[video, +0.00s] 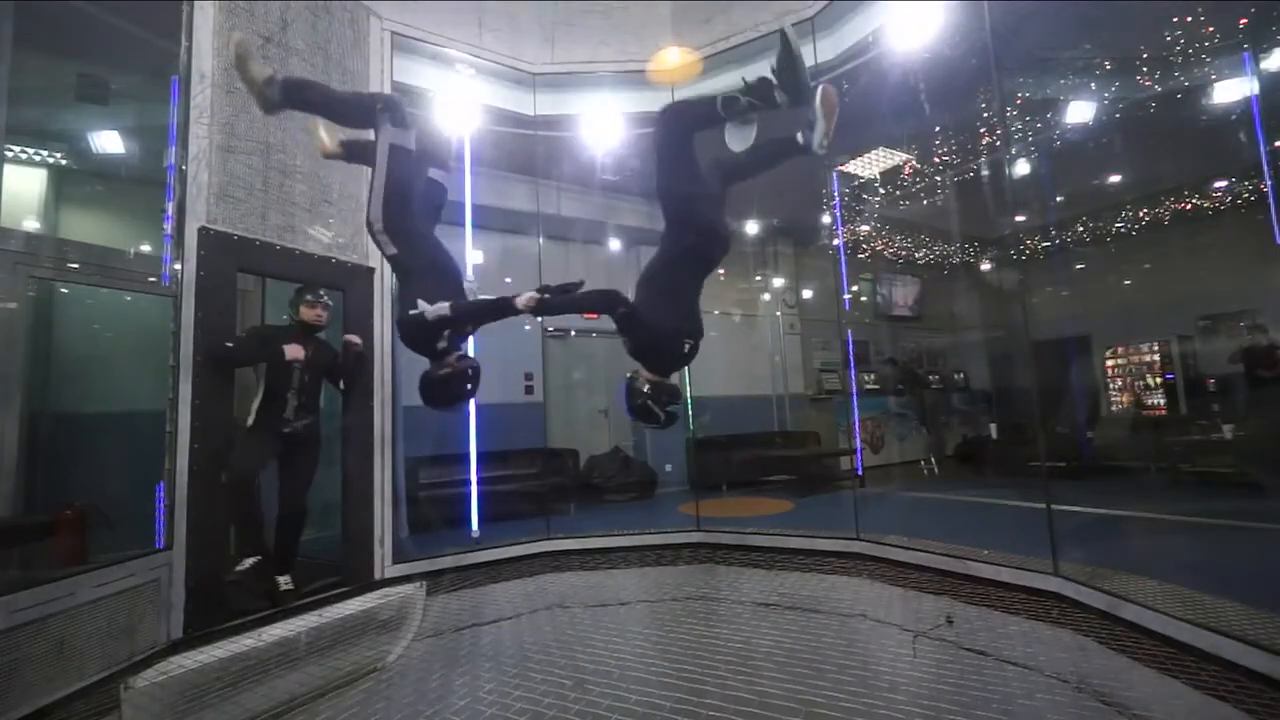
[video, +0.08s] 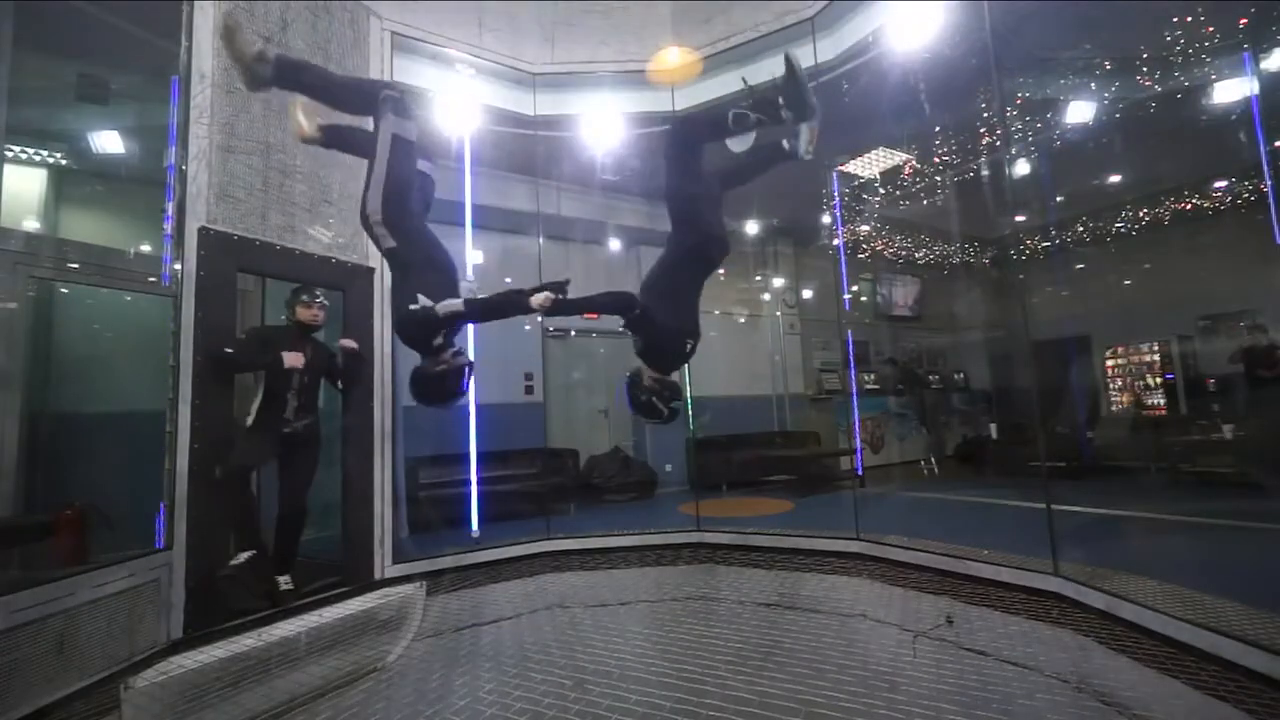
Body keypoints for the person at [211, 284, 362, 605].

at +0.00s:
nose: (319, 312)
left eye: (324, 308)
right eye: (312, 306)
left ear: (329, 314)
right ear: (296, 308)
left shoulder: (325, 351)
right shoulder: (268, 335)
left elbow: (348, 386)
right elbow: (229, 352)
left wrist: (354, 355)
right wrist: (278, 351)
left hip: (303, 436)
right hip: (265, 431)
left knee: (294, 502)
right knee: (240, 478)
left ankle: (283, 571)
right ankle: (252, 552)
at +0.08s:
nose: (317, 312)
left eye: (321, 308)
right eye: (309, 306)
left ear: (325, 313)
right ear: (293, 309)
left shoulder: (322, 352)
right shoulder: (267, 336)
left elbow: (345, 384)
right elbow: (236, 358)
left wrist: (351, 357)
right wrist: (278, 359)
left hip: (302, 435)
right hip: (266, 431)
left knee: (294, 503)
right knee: (233, 474)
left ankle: (283, 572)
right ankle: (249, 546)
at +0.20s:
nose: (315, 310)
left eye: (319, 306)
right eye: (307, 305)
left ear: (323, 313)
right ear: (290, 310)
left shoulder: (319, 351)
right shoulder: (266, 338)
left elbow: (352, 379)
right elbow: (235, 362)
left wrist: (354, 357)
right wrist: (279, 360)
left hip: (301, 437)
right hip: (265, 431)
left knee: (299, 506)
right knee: (229, 465)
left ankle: (283, 573)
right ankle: (236, 539)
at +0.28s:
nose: (315, 311)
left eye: (318, 307)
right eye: (306, 306)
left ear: (322, 313)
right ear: (289, 311)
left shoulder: (320, 351)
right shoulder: (264, 339)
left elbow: (353, 371)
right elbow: (230, 365)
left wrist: (356, 353)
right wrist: (273, 357)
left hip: (300, 437)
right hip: (263, 431)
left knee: (301, 508)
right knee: (230, 458)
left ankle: (282, 573)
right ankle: (227, 534)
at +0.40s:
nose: (314, 315)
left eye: (318, 310)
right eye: (306, 310)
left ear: (321, 318)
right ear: (288, 315)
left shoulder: (318, 352)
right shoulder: (262, 345)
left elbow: (340, 357)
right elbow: (218, 371)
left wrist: (357, 355)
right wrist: (262, 363)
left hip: (298, 440)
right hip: (259, 434)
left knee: (303, 516)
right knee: (226, 452)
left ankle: (282, 575)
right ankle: (211, 529)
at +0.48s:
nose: (310, 317)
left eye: (314, 313)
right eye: (301, 312)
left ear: (320, 322)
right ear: (284, 320)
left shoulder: (317, 355)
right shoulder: (262, 347)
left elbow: (335, 357)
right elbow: (209, 365)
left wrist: (352, 361)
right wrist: (252, 363)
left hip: (295, 446)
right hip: (256, 438)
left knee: (301, 517)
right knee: (216, 445)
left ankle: (281, 577)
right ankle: (191, 518)